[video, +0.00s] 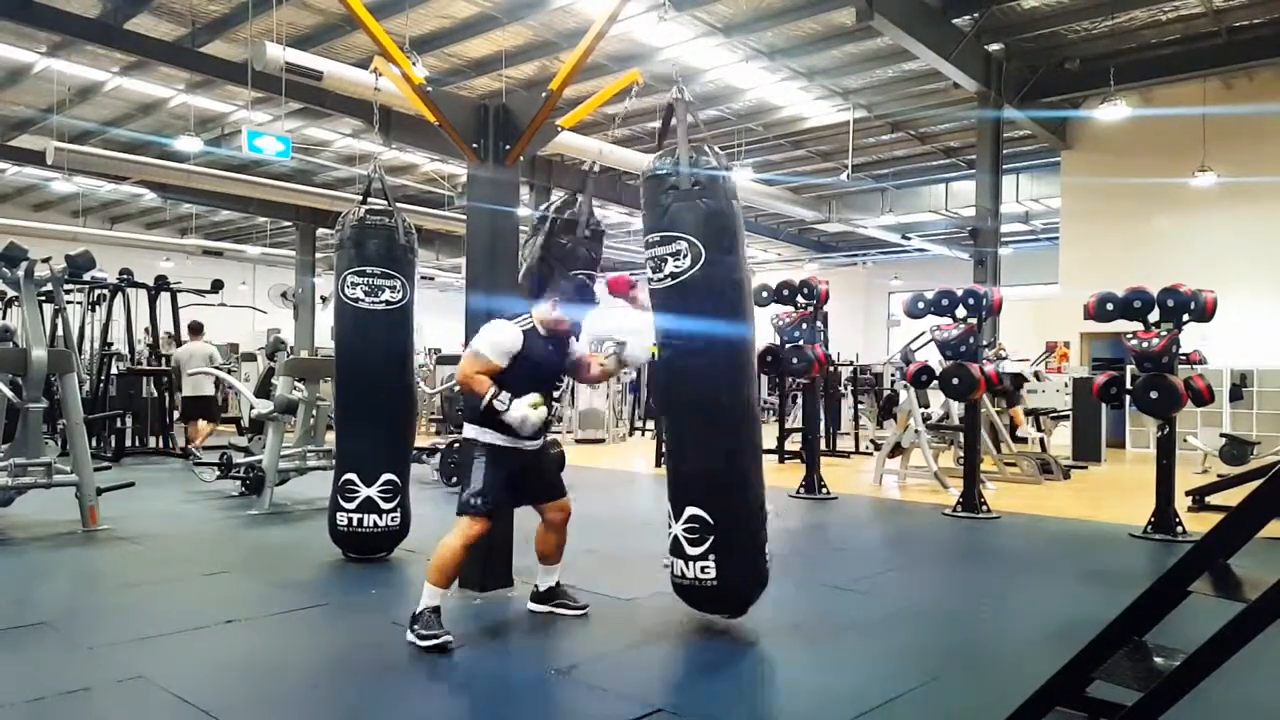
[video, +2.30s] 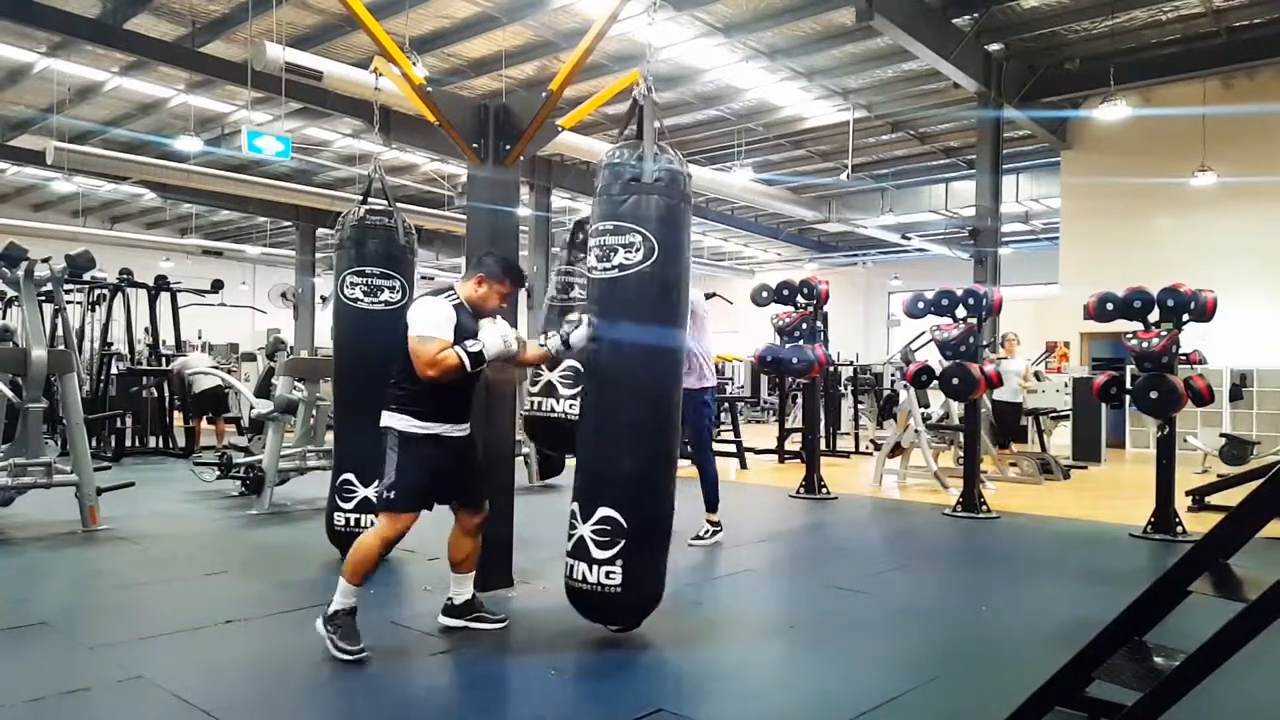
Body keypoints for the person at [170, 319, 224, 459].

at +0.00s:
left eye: (191, 332)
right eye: (201, 333)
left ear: (188, 333)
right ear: (203, 333)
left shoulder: (179, 352)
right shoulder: (210, 349)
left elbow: (175, 373)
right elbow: (219, 369)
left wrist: (178, 389)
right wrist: (219, 386)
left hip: (188, 392)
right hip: (206, 392)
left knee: (191, 423)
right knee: (212, 421)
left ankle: (194, 450)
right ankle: (196, 444)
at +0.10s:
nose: (199, 335)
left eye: (194, 333)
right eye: (203, 333)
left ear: (191, 333)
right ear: (206, 333)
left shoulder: (182, 352)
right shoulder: (213, 349)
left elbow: (177, 374)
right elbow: (221, 370)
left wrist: (180, 392)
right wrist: (221, 388)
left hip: (190, 393)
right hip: (210, 392)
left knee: (193, 423)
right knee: (216, 423)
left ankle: (195, 452)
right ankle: (212, 448)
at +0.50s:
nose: (210, 337)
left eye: (209, 334)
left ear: (209, 335)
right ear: (222, 335)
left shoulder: (199, 351)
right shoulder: (229, 351)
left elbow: (193, 369)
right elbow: (236, 370)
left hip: (205, 392)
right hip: (224, 392)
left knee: (202, 421)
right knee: (226, 424)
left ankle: (199, 448)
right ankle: (224, 450)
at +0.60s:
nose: (212, 337)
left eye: (212, 335)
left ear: (212, 335)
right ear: (226, 336)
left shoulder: (204, 350)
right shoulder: (232, 351)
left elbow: (195, 366)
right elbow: (241, 371)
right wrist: (243, 386)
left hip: (208, 392)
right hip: (227, 392)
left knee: (208, 422)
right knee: (227, 422)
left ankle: (206, 443)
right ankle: (225, 450)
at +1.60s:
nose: (203, 342)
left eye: (204, 340)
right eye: (204, 340)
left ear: (207, 340)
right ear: (216, 340)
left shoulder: (201, 351)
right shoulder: (227, 353)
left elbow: (188, 366)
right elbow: (233, 372)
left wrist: (177, 373)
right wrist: (232, 385)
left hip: (207, 391)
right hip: (224, 390)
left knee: (202, 419)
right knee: (222, 420)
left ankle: (210, 442)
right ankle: (220, 447)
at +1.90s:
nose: (188, 353)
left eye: (188, 351)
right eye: (187, 352)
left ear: (190, 348)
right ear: (200, 345)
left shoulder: (190, 356)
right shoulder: (215, 352)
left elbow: (176, 369)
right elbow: (226, 367)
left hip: (203, 390)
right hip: (220, 387)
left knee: (197, 419)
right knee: (221, 419)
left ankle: (197, 447)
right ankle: (220, 446)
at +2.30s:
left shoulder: (180, 365)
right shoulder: (206, 357)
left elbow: (180, 390)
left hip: (199, 390)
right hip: (217, 386)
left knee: (196, 420)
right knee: (219, 418)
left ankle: (196, 447)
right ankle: (219, 446)